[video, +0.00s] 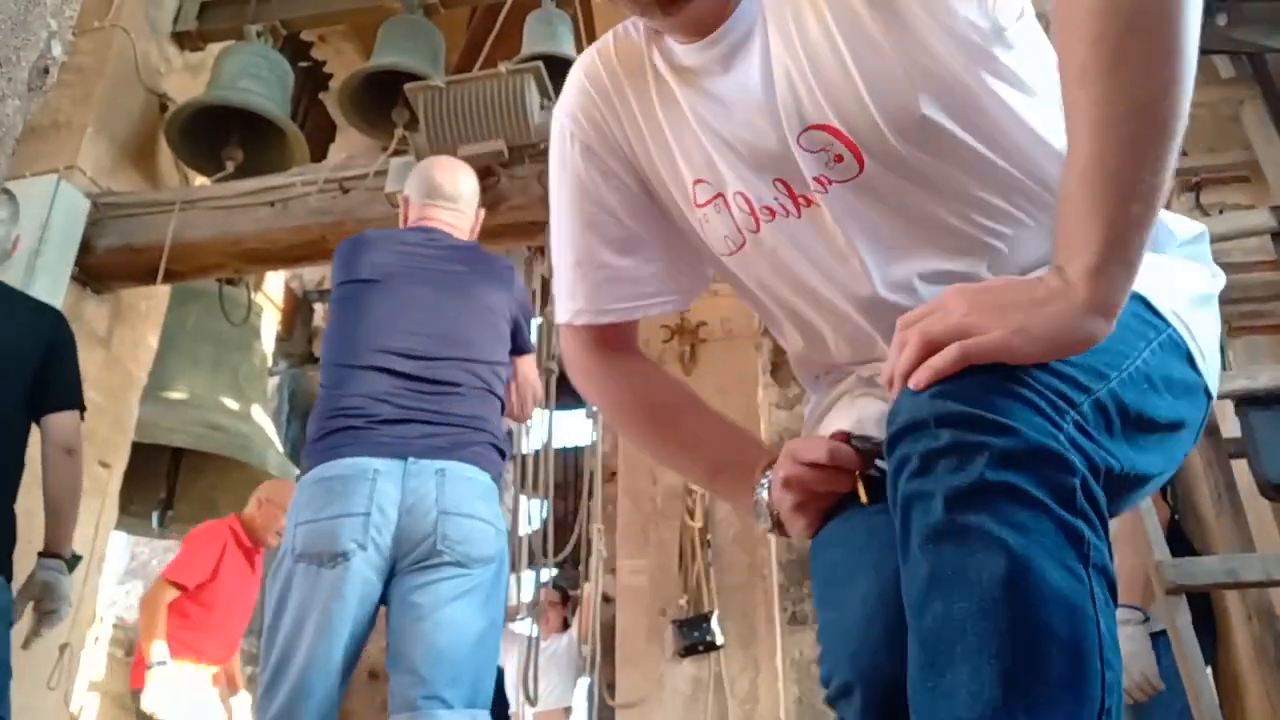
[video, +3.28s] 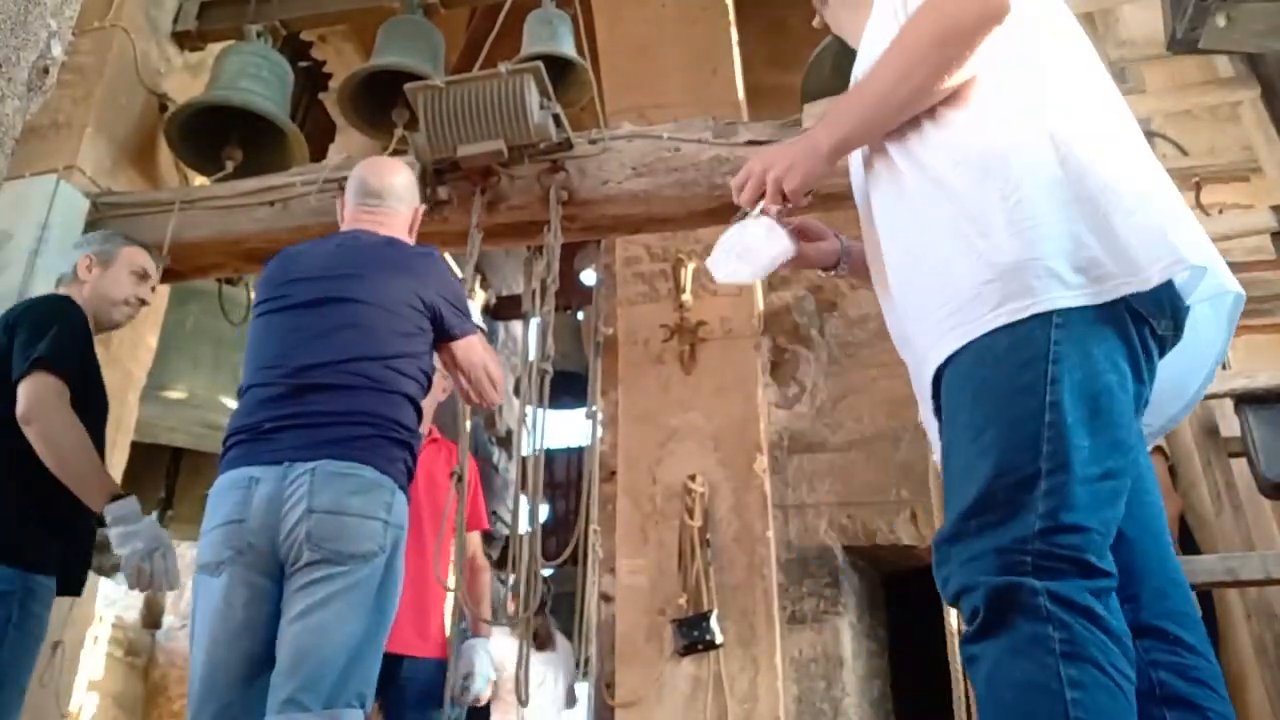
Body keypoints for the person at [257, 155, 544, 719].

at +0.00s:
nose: (400, 212)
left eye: (398, 206)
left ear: (403, 211)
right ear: (477, 223)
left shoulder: (353, 253)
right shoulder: (503, 275)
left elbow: (355, 353)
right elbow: (523, 402)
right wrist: (453, 371)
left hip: (344, 480)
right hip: (464, 488)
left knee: (293, 705)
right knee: (444, 706)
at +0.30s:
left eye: (337, 233)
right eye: (413, 231)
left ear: (337, 238)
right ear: (412, 236)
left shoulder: (295, 280)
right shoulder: (438, 285)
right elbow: (498, 410)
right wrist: (452, 354)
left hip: (273, 483)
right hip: (389, 488)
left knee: (243, 705)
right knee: (386, 706)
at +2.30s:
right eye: (390, 208)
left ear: (310, 218)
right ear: (385, 211)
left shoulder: (265, 270)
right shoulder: (405, 266)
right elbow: (471, 386)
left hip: (230, 489)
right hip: (344, 486)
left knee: (213, 709)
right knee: (308, 707)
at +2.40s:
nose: (390, 215)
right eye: (390, 208)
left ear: (310, 218)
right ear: (385, 211)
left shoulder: (265, 270)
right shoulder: (405, 266)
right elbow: (472, 386)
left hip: (230, 489)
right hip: (345, 485)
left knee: (214, 709)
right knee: (309, 708)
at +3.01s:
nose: (413, 223)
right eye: (413, 217)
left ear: (332, 209)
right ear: (407, 219)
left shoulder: (276, 265)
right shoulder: (417, 264)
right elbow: (480, 386)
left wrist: (430, 369)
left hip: (233, 489)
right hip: (347, 488)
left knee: (217, 709)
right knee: (310, 707)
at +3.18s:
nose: (423, 232)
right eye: (424, 223)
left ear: (347, 207)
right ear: (420, 221)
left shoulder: (281, 265)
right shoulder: (421, 265)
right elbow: (489, 385)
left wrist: (432, 369)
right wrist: (438, 328)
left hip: (235, 489)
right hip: (348, 488)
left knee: (217, 709)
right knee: (309, 706)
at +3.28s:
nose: (419, 226)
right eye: (421, 219)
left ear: (341, 209)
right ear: (415, 220)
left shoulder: (278, 267)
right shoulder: (423, 267)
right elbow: (489, 390)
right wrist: (454, 339)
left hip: (239, 487)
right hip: (354, 487)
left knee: (217, 707)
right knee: (313, 706)